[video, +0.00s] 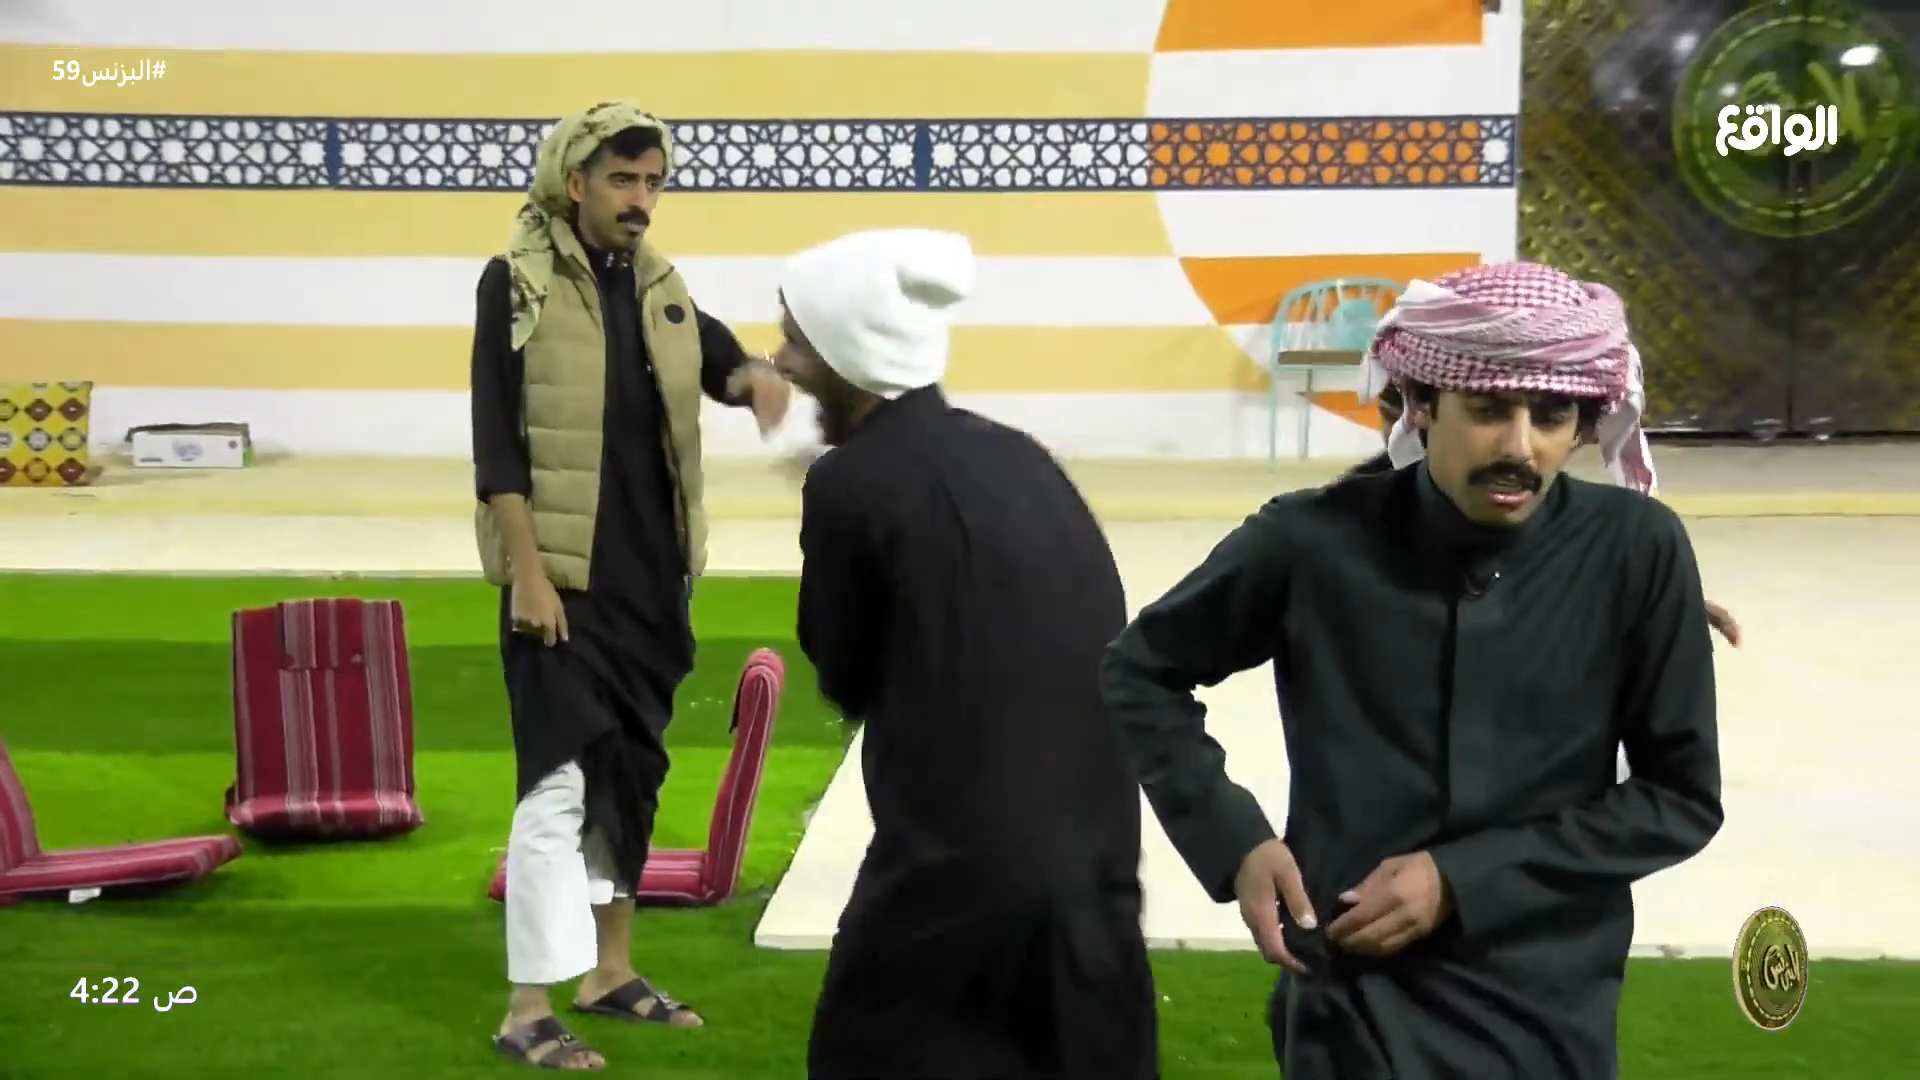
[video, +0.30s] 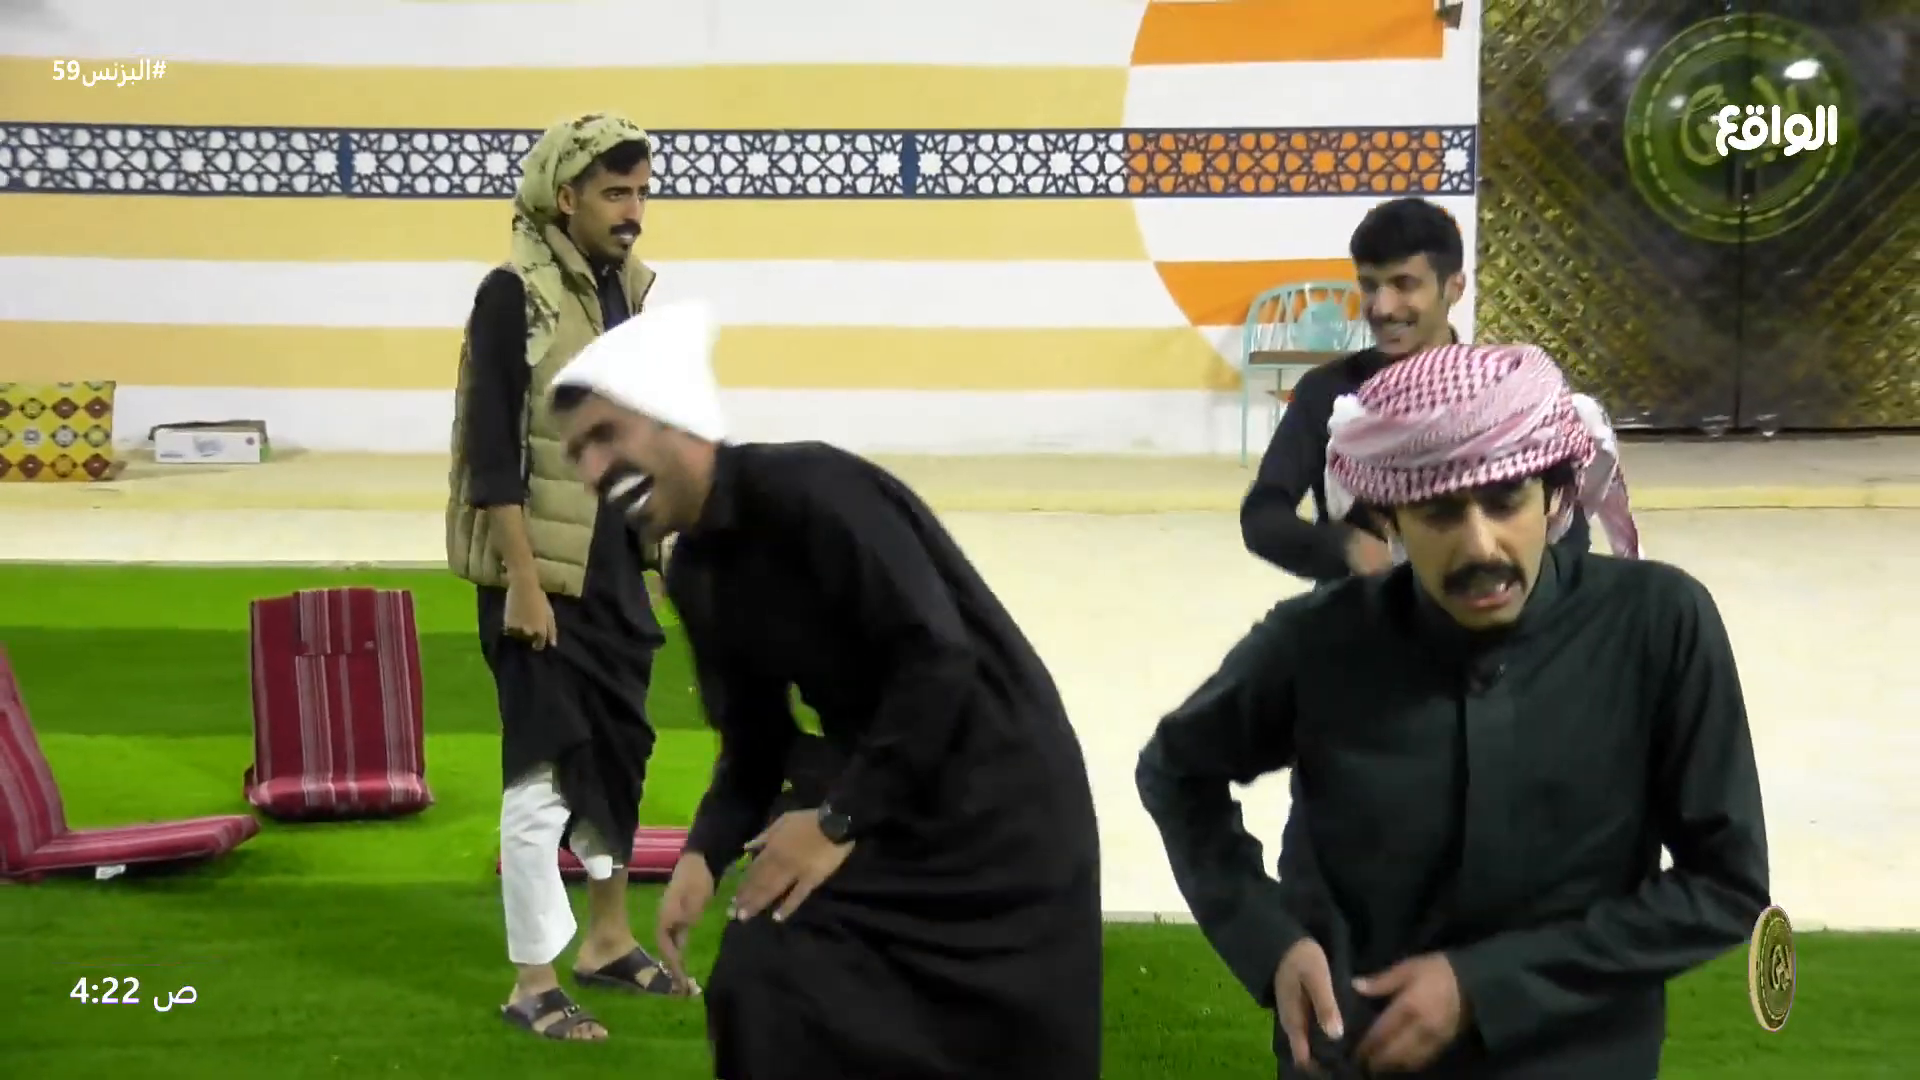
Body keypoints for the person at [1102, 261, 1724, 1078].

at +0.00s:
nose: (1519, 447)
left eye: (1549, 415)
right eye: (1488, 409)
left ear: (1582, 424)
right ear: (1423, 409)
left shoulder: (1640, 550)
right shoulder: (1306, 542)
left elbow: (1682, 799)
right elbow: (1137, 675)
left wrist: (1456, 878)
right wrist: (1239, 845)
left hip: (1549, 1022)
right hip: (1354, 1017)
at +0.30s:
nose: (1480, 546)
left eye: (1504, 501)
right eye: (1440, 512)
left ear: (1552, 499)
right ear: (1392, 519)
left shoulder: (1662, 625)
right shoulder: (1317, 645)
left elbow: (1727, 888)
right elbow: (1178, 770)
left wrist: (1478, 985)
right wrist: (1274, 944)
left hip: (1579, 1057)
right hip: (1357, 1057)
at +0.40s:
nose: (1469, 569)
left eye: (1495, 523)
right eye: (1427, 537)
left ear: (1548, 514)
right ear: (1378, 543)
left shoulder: (1668, 636)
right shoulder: (1318, 671)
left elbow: (1737, 902)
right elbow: (1187, 804)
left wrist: (1495, 1009)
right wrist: (1294, 979)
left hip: (1599, 1059)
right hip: (1369, 1061)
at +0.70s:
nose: (1512, 597)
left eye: (1538, 549)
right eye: (1466, 560)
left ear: (1595, 532)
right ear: (1416, 558)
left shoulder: (1716, 660)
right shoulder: (1337, 689)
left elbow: (1805, 935)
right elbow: (1180, 834)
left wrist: (1551, 1064)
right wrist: (1332, 1027)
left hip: (1651, 1064)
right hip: (1414, 1068)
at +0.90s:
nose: (1564, 742)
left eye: (1600, 698)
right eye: (1525, 703)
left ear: (1656, 640)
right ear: (1474, 662)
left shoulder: (1796, 743)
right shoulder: (1395, 746)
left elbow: (1861, 1032)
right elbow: (1231, 887)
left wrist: (1741, 1068)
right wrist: (1361, 1070)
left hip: (1704, 1063)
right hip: (1470, 1063)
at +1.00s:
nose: (1575, 771)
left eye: (1614, 732)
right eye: (1540, 733)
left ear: (1681, 674)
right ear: (1494, 687)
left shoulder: (1822, 764)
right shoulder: (1408, 754)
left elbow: (1893, 1039)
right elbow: (1253, 888)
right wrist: (1368, 1069)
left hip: (1734, 1061)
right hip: (1484, 1060)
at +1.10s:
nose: (1575, 789)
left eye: (1619, 754)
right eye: (1542, 752)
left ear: (1692, 694)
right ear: (1499, 699)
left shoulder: (1845, 767)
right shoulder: (1418, 752)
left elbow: (1909, 1024)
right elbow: (1270, 881)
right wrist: (1368, 1071)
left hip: (1753, 1065)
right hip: (1499, 1064)